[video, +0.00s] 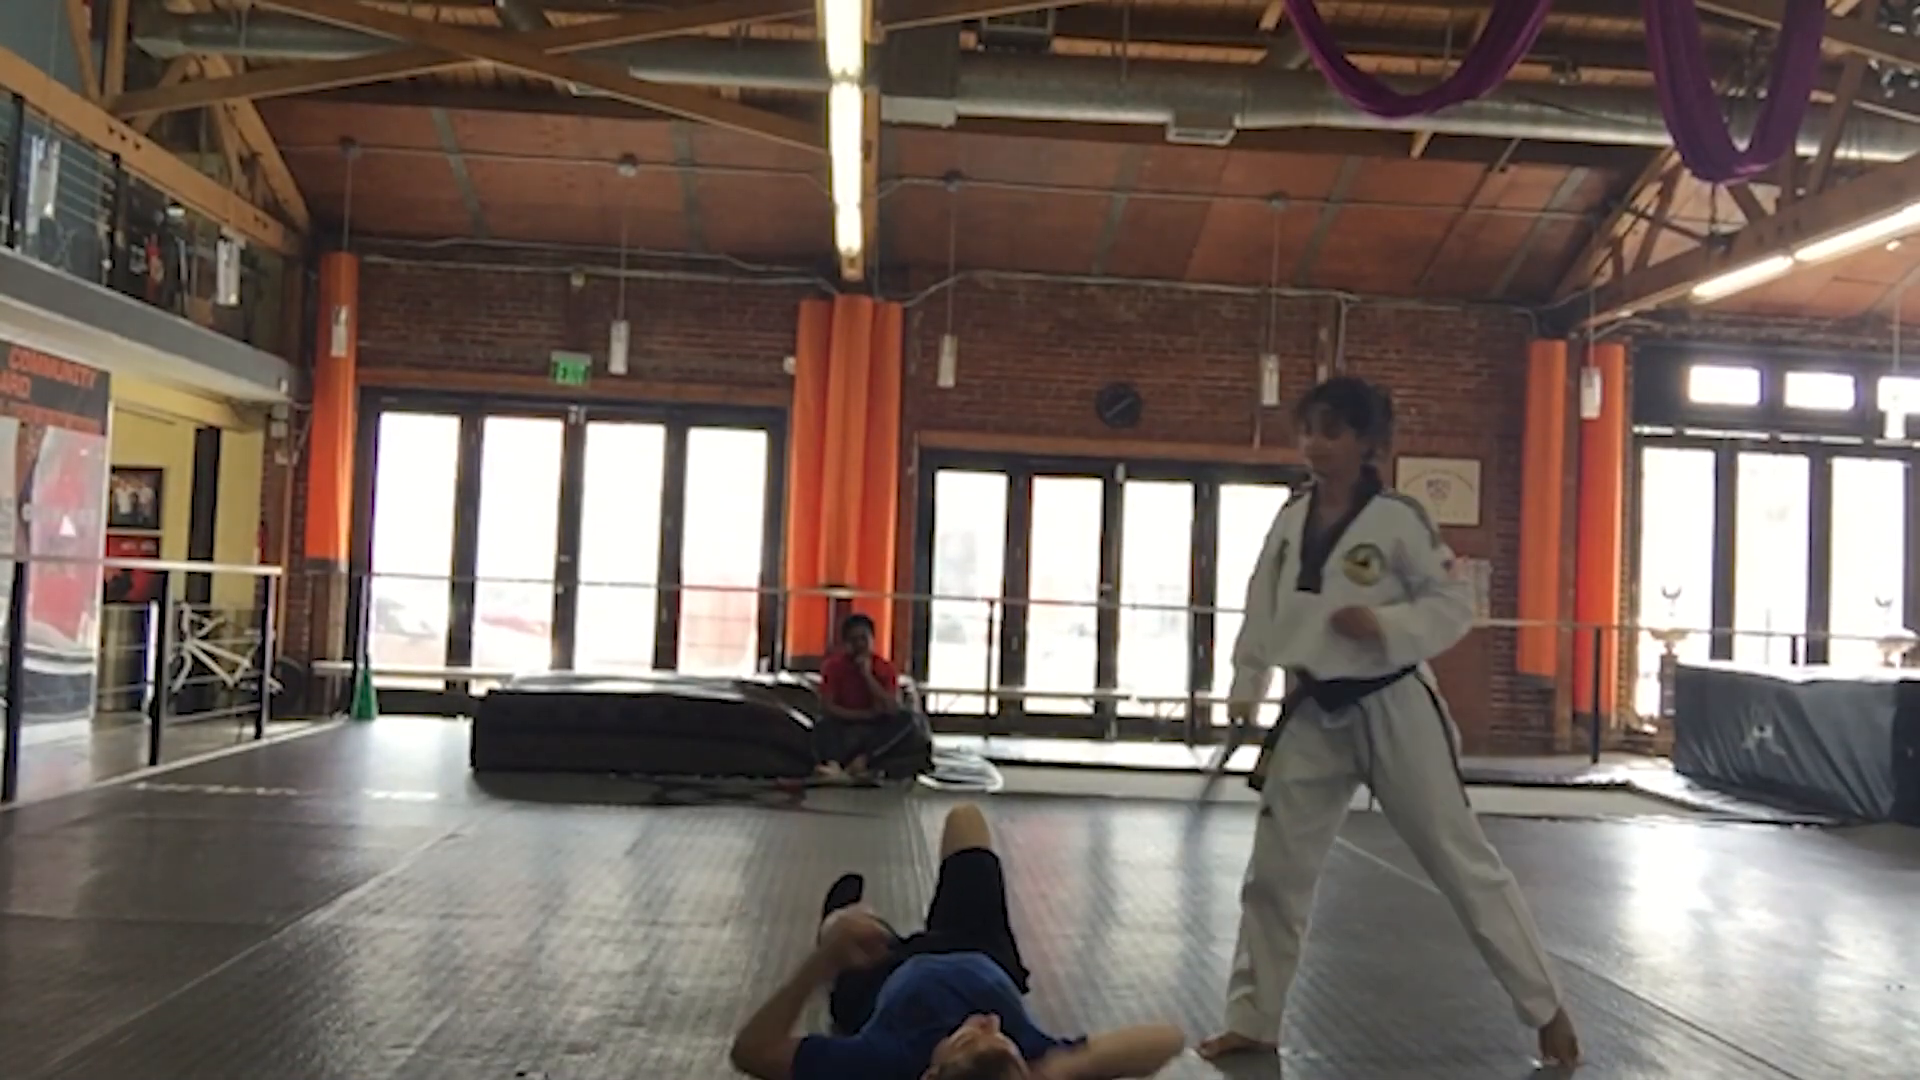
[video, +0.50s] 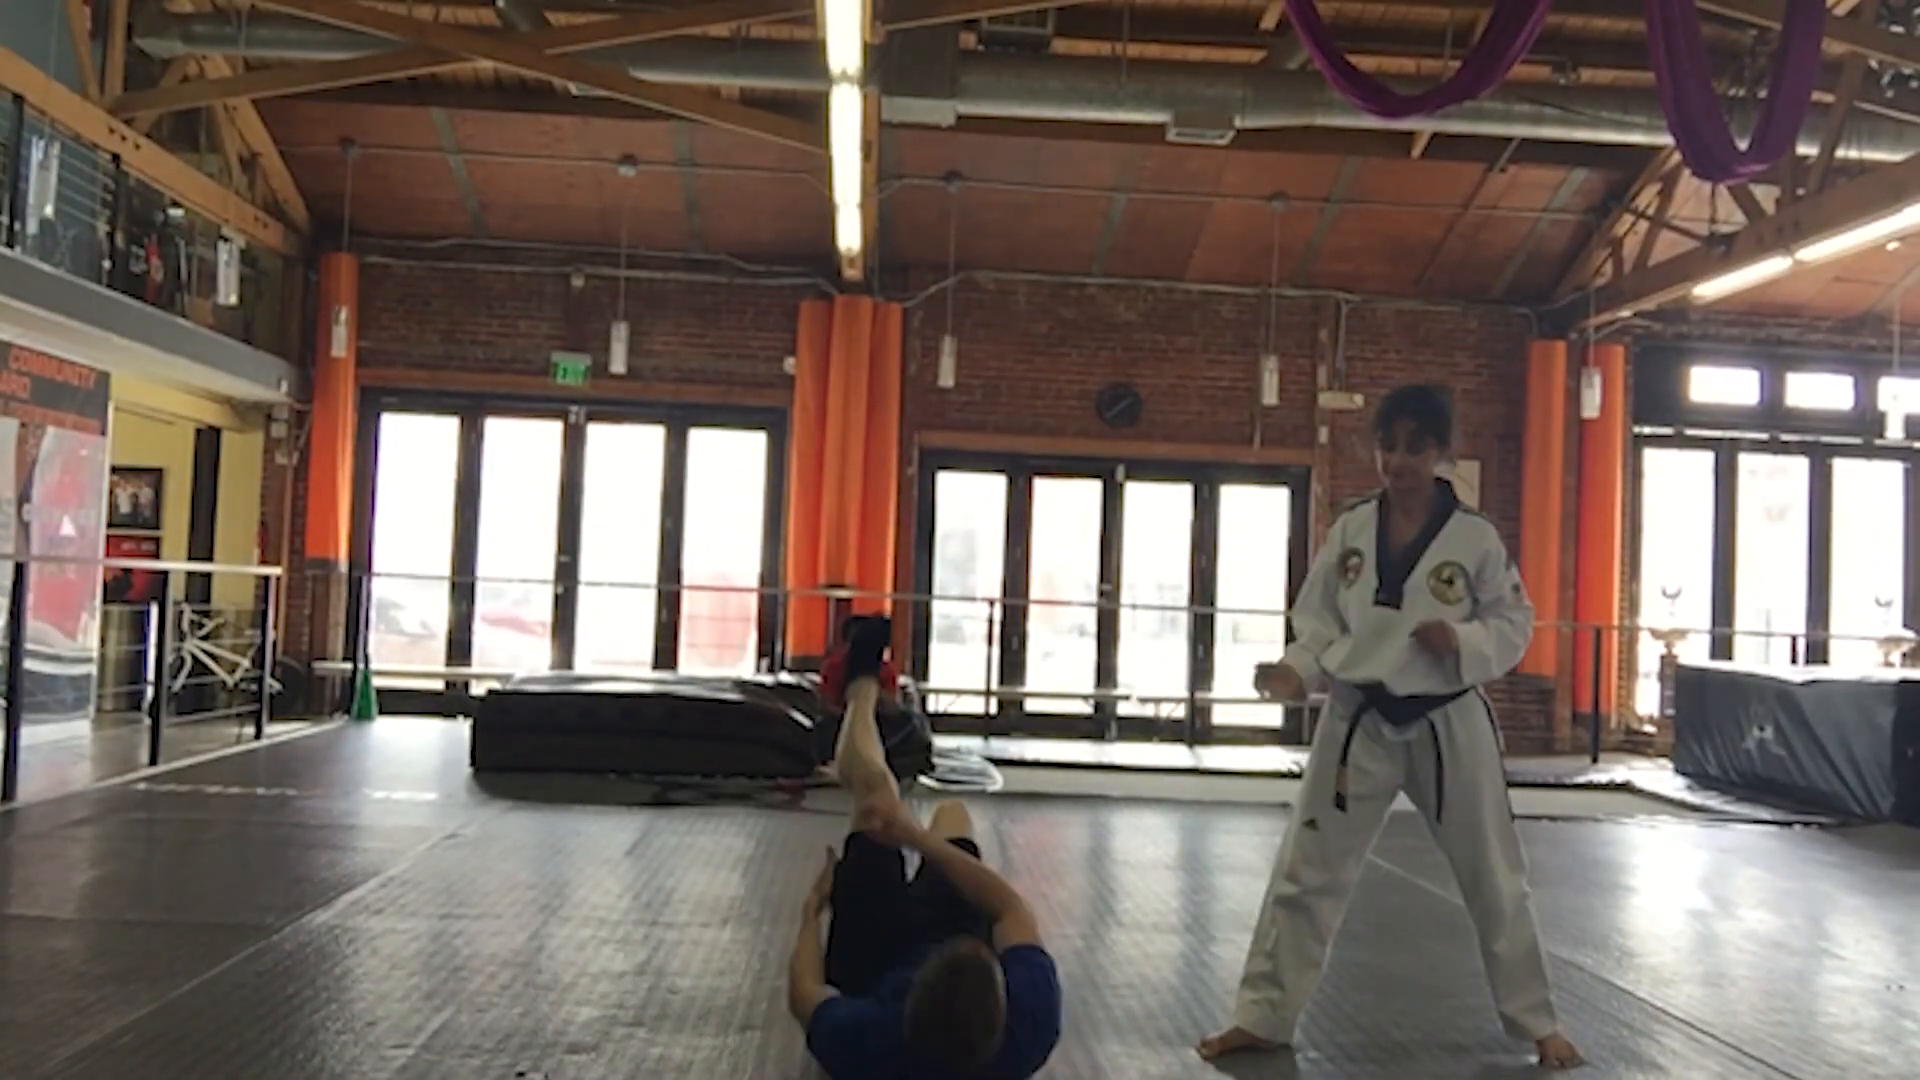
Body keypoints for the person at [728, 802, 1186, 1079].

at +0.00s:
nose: (986, 1018)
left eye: (965, 1039)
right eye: (999, 1037)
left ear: (937, 1065)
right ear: (1017, 1056)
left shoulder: (874, 1057)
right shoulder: (1049, 1058)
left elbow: (750, 1051)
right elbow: (1170, 1038)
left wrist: (824, 954)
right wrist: (1070, 1061)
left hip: (879, 984)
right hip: (979, 963)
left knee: (851, 922)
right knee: (966, 811)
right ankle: (1003, 972)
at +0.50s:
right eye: (983, 961)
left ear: (911, 1005)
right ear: (1001, 998)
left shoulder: (858, 1039)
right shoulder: (1032, 1025)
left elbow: (805, 991)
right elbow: (1009, 907)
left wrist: (812, 912)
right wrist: (917, 839)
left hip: (877, 971)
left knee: (875, 791)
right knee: (951, 810)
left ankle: (863, 688)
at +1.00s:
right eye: (976, 714)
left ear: (907, 719)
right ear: (972, 724)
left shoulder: (865, 781)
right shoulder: (1011, 804)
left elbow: (765, 810)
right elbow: (1023, 931)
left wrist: (749, 808)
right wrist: (1025, 1018)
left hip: (849, 1002)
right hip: (946, 1014)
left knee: (819, 841)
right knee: (1016, 883)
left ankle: (766, 974)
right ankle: (1026, 1019)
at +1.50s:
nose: (978, 688)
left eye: (980, 677)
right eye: (979, 676)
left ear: (921, 658)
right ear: (967, 671)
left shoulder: (857, 678)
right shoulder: (958, 723)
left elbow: (802, 768)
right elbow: (993, 851)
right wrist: (1025, 966)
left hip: (789, 860)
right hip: (878, 873)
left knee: (718, 839)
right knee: (943, 814)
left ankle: (740, 955)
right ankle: (899, 959)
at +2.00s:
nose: (961, 457)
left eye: (964, 445)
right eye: (955, 442)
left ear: (906, 436)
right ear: (918, 433)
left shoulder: (854, 480)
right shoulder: (897, 487)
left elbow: (851, 601)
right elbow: (859, 593)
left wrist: (899, 690)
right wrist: (898, 698)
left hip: (758, 668)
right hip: (814, 669)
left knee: (784, 829)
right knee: (884, 804)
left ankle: (716, 986)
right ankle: (893, 963)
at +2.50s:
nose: (926, 376)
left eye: (927, 361)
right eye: (916, 360)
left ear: (861, 365)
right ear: (869, 358)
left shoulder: (813, 431)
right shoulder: (869, 427)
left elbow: (819, 567)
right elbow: (951, 515)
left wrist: (868, 667)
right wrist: (1058, 555)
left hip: (784, 653)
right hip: (831, 657)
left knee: (787, 828)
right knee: (872, 843)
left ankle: (718, 988)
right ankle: (814, 1036)